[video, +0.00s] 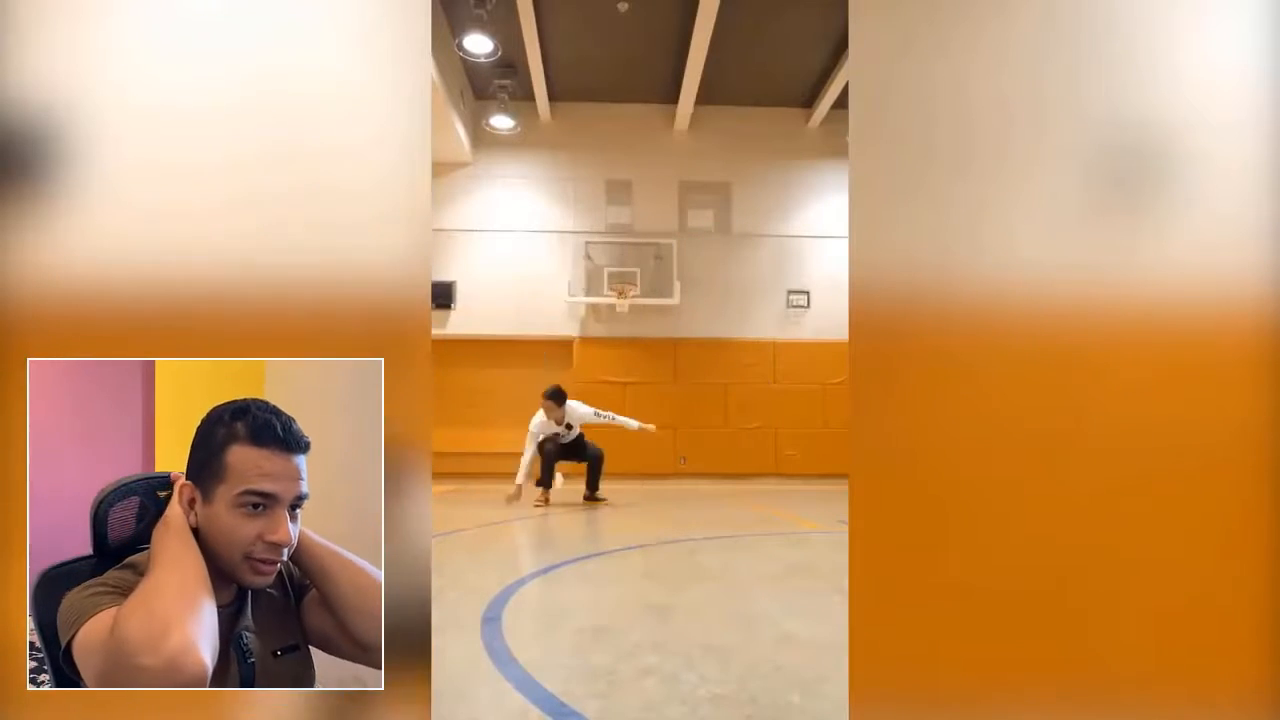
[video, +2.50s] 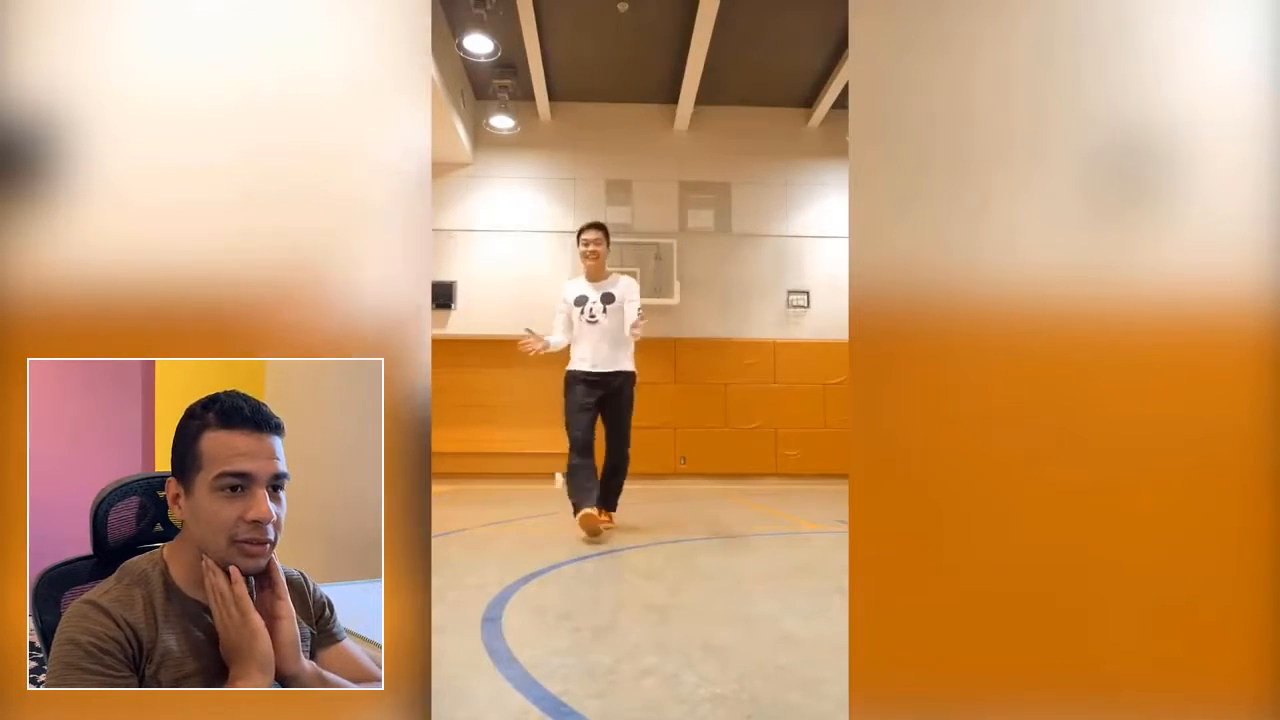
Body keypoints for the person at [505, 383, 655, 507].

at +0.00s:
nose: (543, 410)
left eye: (547, 407)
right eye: (543, 407)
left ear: (559, 406)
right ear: (545, 405)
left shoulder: (576, 410)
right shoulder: (538, 422)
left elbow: (607, 417)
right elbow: (528, 453)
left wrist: (640, 426)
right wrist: (517, 485)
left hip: (573, 444)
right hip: (551, 447)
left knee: (596, 454)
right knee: (549, 448)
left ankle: (591, 493)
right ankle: (545, 492)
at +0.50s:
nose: (534, 324)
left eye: (538, 319)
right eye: (533, 320)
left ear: (551, 321)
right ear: (532, 322)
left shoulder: (570, 341)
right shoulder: (530, 346)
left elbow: (587, 366)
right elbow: (532, 377)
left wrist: (583, 393)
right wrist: (553, 391)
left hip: (570, 394)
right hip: (544, 398)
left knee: (586, 439)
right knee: (540, 445)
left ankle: (587, 483)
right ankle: (541, 493)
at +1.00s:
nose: (575, 300)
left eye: (579, 298)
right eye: (572, 296)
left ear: (583, 306)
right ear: (563, 300)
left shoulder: (584, 326)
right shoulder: (545, 324)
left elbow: (592, 339)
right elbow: (520, 341)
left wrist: (587, 310)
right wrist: (530, 364)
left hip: (576, 390)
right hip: (549, 390)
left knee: (578, 442)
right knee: (541, 441)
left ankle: (571, 494)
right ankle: (540, 488)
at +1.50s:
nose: (580, 291)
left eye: (585, 288)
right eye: (576, 287)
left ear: (591, 294)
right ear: (568, 292)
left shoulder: (600, 318)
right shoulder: (556, 324)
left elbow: (613, 339)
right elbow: (550, 355)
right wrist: (544, 369)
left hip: (594, 388)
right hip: (566, 387)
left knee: (589, 444)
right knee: (571, 442)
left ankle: (570, 485)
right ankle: (581, 499)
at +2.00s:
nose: (578, 274)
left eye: (584, 270)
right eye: (576, 270)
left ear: (599, 274)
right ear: (574, 275)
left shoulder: (615, 312)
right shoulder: (565, 308)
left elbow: (628, 352)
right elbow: (554, 347)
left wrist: (642, 384)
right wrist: (534, 370)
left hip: (604, 381)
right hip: (572, 382)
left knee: (609, 437)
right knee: (572, 444)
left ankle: (605, 502)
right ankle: (581, 501)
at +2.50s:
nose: (591, 248)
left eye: (597, 243)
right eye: (586, 243)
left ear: (607, 248)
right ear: (578, 249)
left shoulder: (626, 286)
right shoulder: (570, 289)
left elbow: (633, 327)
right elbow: (562, 336)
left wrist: (636, 328)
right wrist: (544, 342)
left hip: (619, 374)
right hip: (581, 374)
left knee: (618, 444)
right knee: (579, 440)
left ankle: (606, 508)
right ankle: (585, 508)